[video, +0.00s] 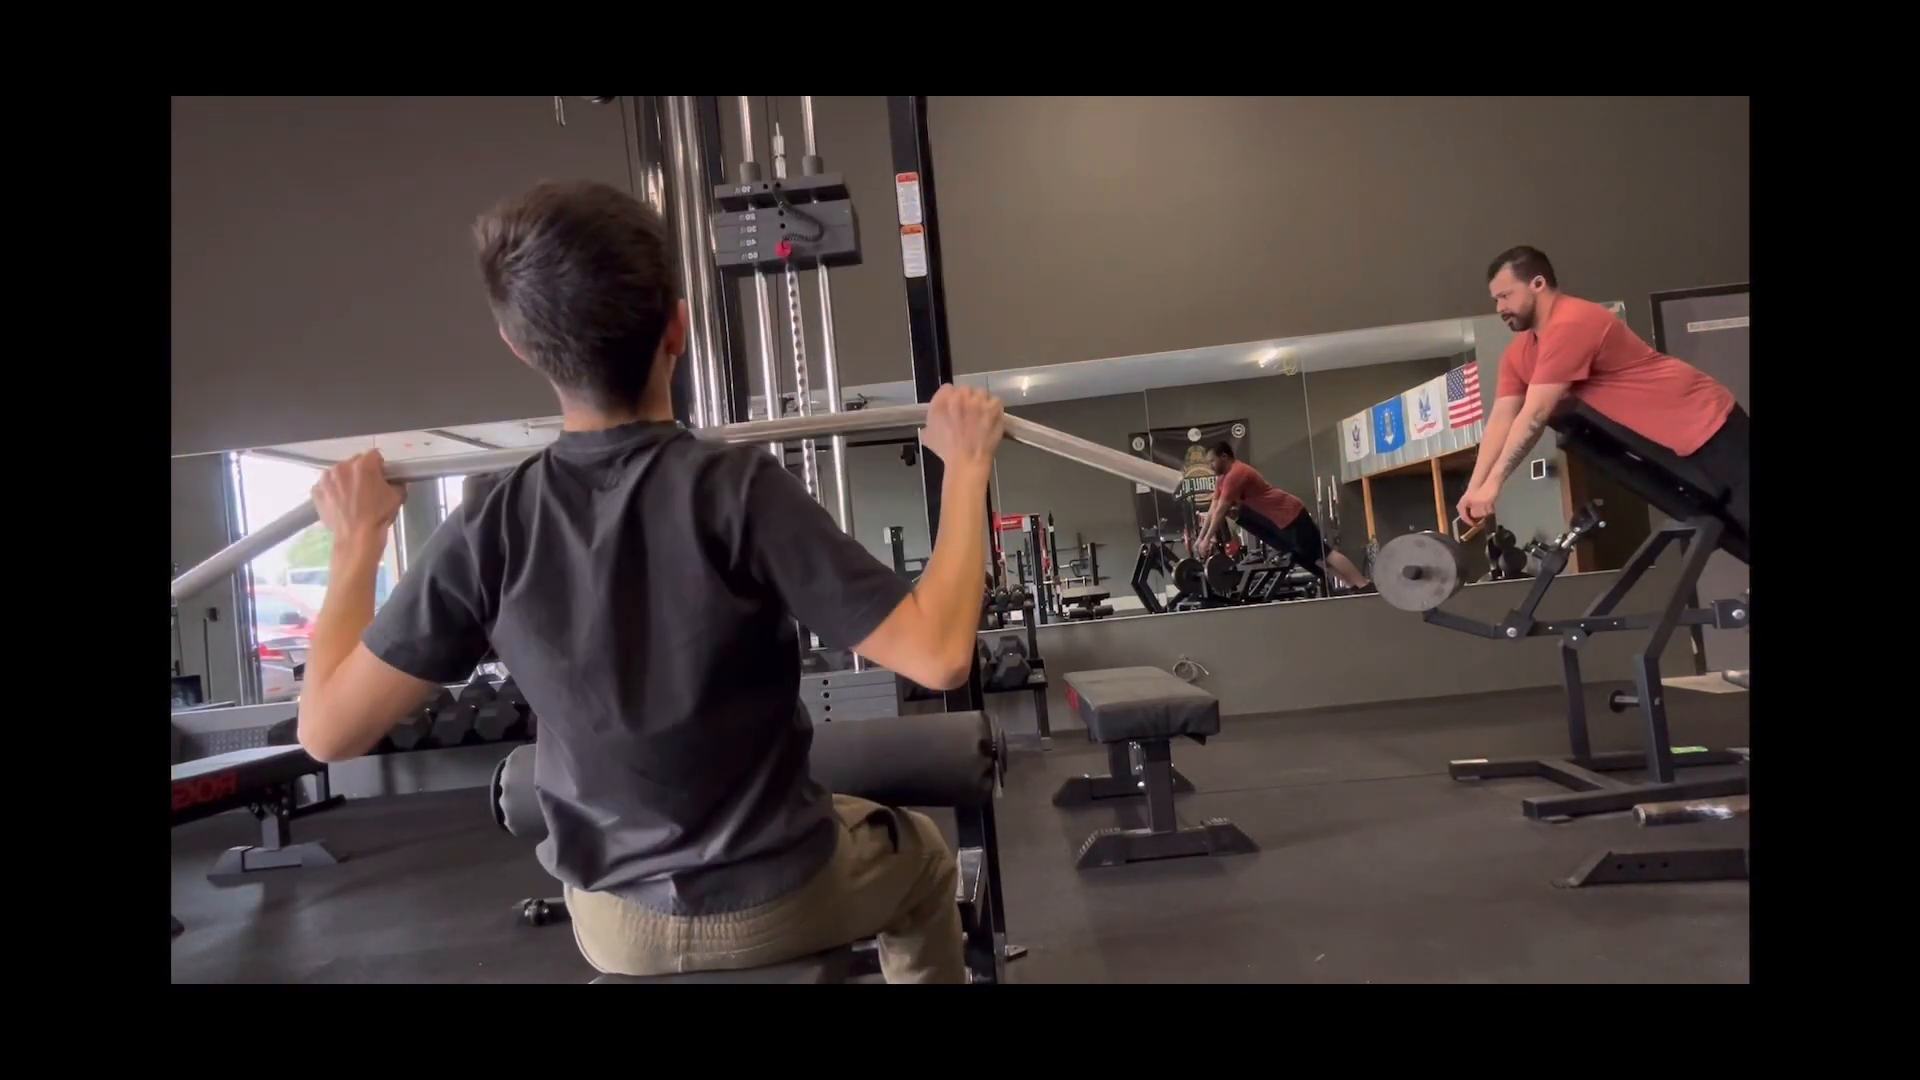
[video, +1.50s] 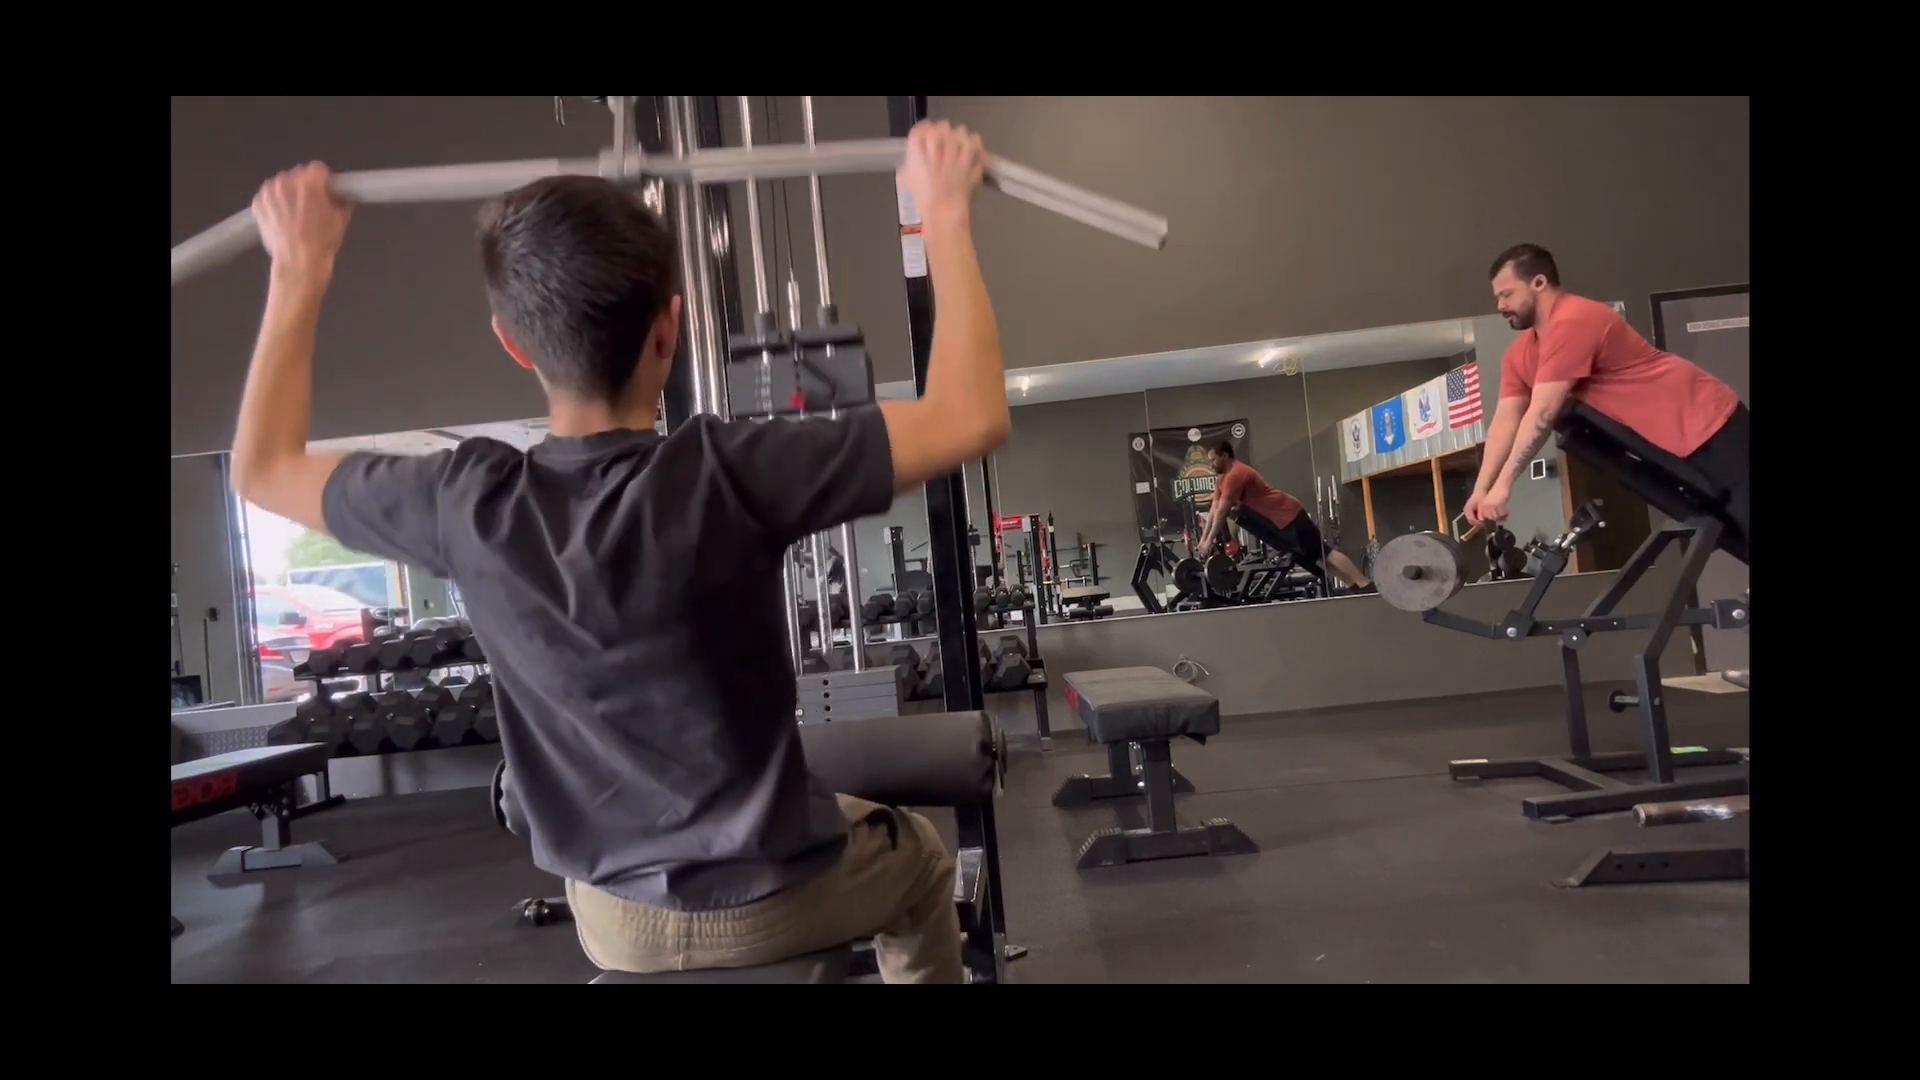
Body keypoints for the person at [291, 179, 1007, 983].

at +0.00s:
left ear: (517, 347)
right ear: (678, 327)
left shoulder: (495, 524)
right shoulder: (735, 489)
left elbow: (327, 730)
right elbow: (938, 652)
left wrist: (354, 541)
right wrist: (967, 472)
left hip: (607, 922)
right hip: (773, 911)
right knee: (920, 854)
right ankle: (927, 976)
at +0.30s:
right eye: (696, 298)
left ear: (531, 344)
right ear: (689, 323)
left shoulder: (493, 508)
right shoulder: (757, 470)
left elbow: (317, 546)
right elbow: (983, 494)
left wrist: (357, 368)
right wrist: (968, 319)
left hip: (610, 918)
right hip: (775, 904)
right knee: (920, 854)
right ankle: (922, 975)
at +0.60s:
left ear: (544, 328)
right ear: (700, 314)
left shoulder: (521, 458)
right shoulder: (765, 416)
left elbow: (374, 314)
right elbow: (920, 272)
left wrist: (351, 136)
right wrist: (936, 98)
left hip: (617, 912)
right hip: (781, 898)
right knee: (918, 856)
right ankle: (928, 975)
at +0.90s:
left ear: (573, 330)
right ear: (715, 318)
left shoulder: (551, 423)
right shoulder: (770, 401)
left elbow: (437, 239)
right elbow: (874, 219)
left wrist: (377, 94)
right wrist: (916, 84)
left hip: (620, 889)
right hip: (786, 885)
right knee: (921, 855)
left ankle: (636, 969)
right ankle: (931, 973)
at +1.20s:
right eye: (703, 288)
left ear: (548, 323)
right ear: (699, 313)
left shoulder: (523, 452)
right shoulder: (759, 421)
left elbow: (397, 293)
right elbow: (906, 261)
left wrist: (358, 120)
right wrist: (929, 99)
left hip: (621, 897)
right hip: (784, 888)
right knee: (918, 852)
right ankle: (933, 976)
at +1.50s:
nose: (679, 316)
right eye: (679, 299)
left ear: (509, 343)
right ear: (669, 320)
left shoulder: (467, 501)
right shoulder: (730, 471)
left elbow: (261, 469)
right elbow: (970, 416)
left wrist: (296, 269)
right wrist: (947, 220)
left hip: (608, 917)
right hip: (773, 904)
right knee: (918, 863)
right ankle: (921, 973)